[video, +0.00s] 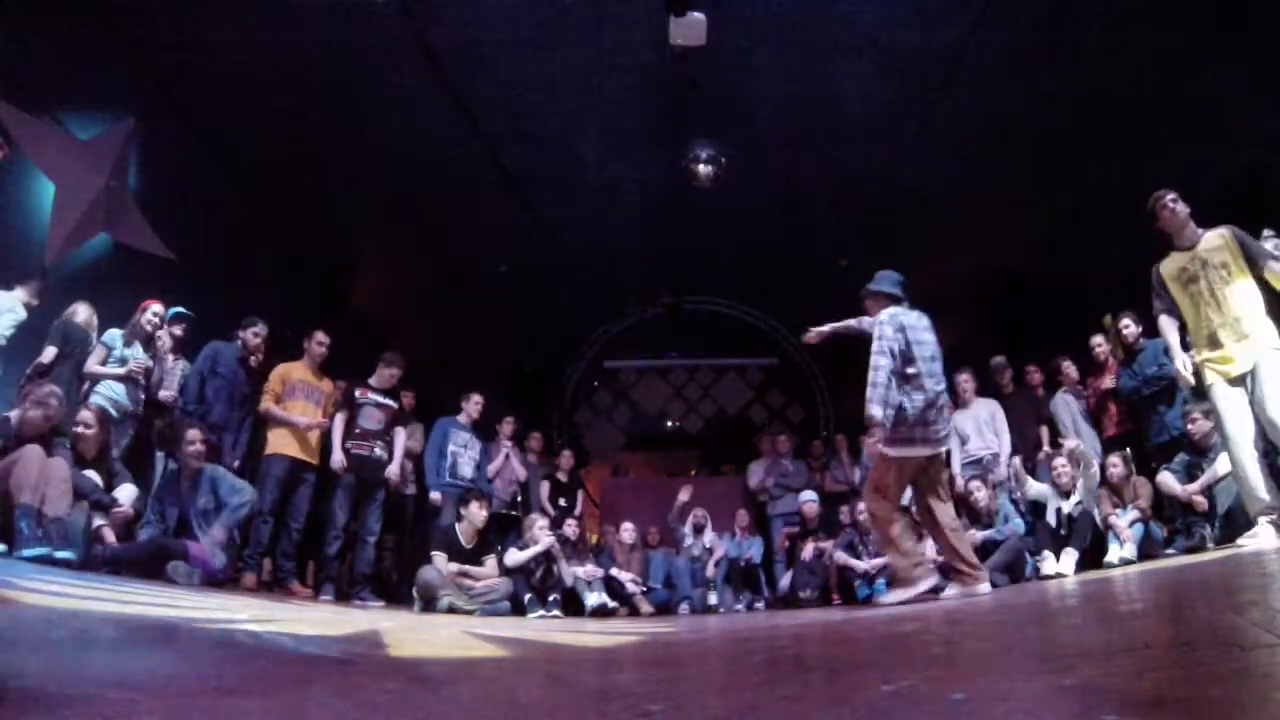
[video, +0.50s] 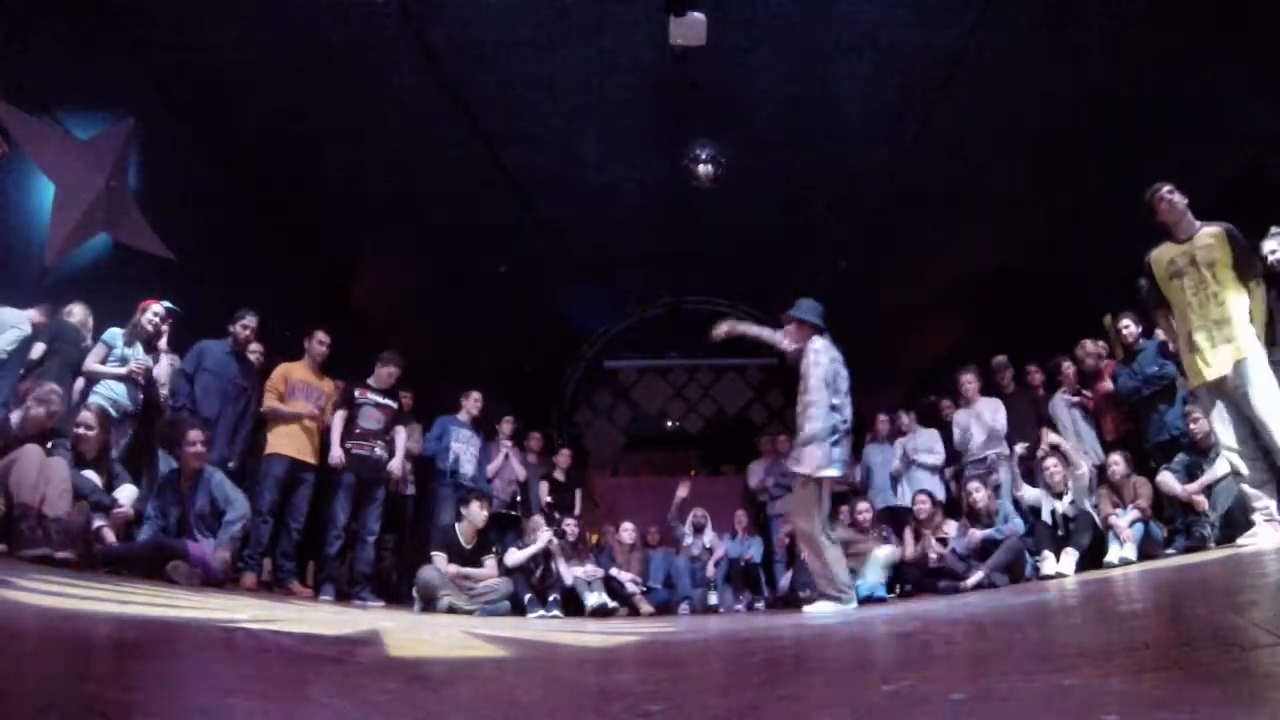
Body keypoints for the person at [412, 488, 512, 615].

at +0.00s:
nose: (485, 514)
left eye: (486, 509)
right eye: (479, 508)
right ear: (463, 510)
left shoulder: (485, 539)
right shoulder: (444, 534)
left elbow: (493, 572)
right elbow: (442, 572)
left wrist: (462, 569)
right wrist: (475, 584)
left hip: (476, 590)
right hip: (448, 588)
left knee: (506, 585)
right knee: (426, 573)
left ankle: (453, 604)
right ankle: (475, 608)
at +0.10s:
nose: (485, 513)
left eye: (487, 508)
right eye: (479, 508)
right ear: (463, 510)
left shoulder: (485, 538)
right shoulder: (444, 533)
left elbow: (493, 572)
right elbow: (442, 571)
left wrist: (462, 569)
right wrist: (475, 584)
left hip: (478, 589)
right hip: (450, 588)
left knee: (506, 585)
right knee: (427, 573)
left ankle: (453, 605)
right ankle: (475, 609)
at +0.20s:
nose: (485, 513)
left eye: (487, 509)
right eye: (479, 508)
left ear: (489, 511)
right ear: (463, 510)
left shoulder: (485, 537)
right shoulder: (444, 533)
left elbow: (493, 572)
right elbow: (443, 572)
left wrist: (460, 569)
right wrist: (475, 584)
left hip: (478, 590)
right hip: (449, 588)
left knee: (507, 585)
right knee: (426, 573)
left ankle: (454, 605)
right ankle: (475, 609)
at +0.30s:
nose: (485, 513)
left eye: (486, 508)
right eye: (479, 507)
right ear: (463, 510)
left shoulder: (485, 538)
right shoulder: (443, 534)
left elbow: (492, 572)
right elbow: (443, 572)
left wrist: (460, 570)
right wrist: (475, 584)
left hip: (478, 590)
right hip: (449, 588)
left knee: (507, 585)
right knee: (426, 573)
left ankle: (453, 605)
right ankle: (473, 609)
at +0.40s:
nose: (485, 513)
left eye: (486, 508)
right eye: (479, 507)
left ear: (488, 510)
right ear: (463, 510)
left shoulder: (485, 537)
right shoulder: (443, 534)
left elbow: (493, 572)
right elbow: (443, 572)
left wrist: (460, 570)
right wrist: (475, 585)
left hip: (479, 591)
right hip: (449, 589)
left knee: (507, 585)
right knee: (426, 573)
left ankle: (454, 605)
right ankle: (474, 609)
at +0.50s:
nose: (486, 514)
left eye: (487, 509)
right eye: (480, 508)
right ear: (463, 509)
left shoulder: (484, 537)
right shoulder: (444, 533)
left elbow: (492, 572)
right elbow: (442, 571)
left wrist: (460, 571)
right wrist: (475, 584)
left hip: (478, 589)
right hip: (450, 588)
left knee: (506, 585)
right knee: (426, 573)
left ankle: (454, 605)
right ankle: (475, 608)